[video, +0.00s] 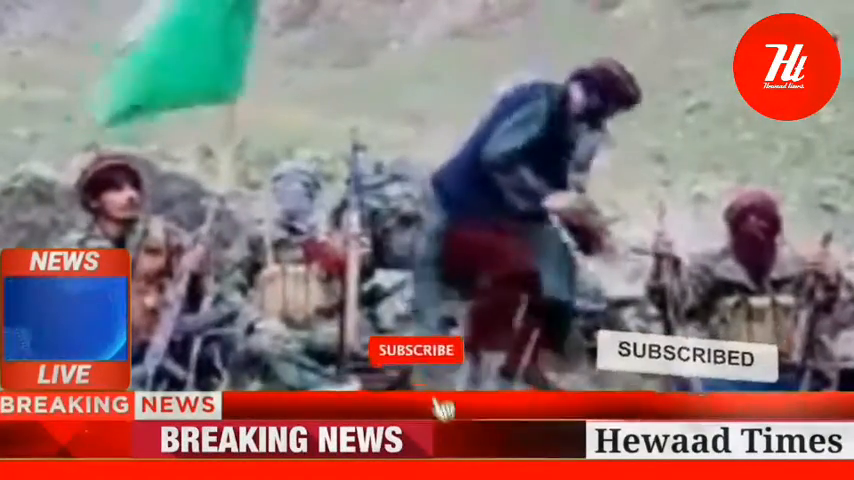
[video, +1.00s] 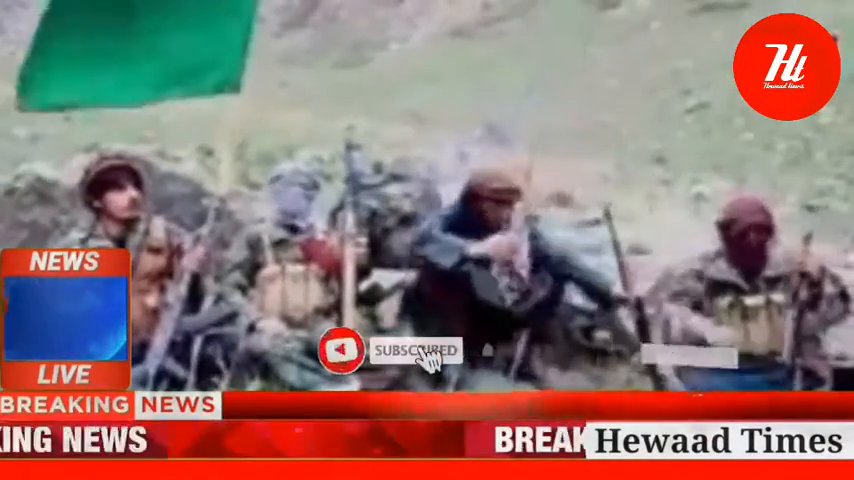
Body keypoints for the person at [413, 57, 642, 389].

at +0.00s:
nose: (604, 118)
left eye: (610, 112)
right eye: (606, 108)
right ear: (589, 92)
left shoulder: (569, 130)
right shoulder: (542, 103)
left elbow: (551, 186)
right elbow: (496, 156)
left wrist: (579, 223)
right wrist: (547, 199)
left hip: (507, 224)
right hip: (467, 220)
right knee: (513, 271)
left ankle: (521, 366)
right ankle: (474, 358)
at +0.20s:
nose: (589, 141)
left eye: (591, 132)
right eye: (588, 130)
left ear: (568, 123)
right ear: (567, 120)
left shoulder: (555, 162)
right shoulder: (504, 136)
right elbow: (475, 196)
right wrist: (532, 227)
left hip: (504, 237)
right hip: (459, 231)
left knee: (561, 274)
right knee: (480, 264)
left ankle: (519, 366)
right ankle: (468, 364)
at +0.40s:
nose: (562, 199)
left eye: (564, 192)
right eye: (557, 190)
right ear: (536, 184)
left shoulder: (552, 213)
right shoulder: (486, 194)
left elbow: (585, 256)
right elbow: (454, 249)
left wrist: (629, 297)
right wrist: (510, 278)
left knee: (559, 271)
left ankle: (536, 358)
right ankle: (463, 364)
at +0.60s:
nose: (537, 222)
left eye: (541, 214)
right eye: (530, 214)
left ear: (543, 211)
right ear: (509, 208)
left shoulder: (540, 228)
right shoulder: (476, 218)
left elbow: (581, 261)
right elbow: (444, 263)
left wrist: (631, 297)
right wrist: (502, 297)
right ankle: (456, 367)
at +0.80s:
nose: (505, 215)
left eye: (510, 206)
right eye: (497, 206)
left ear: (516, 204)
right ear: (475, 203)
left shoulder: (523, 229)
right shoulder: (457, 219)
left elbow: (558, 264)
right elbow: (437, 243)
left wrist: (609, 295)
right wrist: (484, 259)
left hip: (512, 301)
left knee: (551, 288)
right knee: (434, 280)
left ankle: (526, 358)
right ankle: (454, 366)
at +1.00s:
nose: (506, 213)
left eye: (511, 205)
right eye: (498, 204)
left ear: (517, 204)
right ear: (476, 201)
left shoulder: (521, 232)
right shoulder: (449, 222)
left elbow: (559, 262)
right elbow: (426, 241)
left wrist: (610, 294)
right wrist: (475, 250)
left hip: (503, 314)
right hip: (458, 313)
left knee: (551, 282)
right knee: (442, 274)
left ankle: (526, 359)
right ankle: (451, 365)